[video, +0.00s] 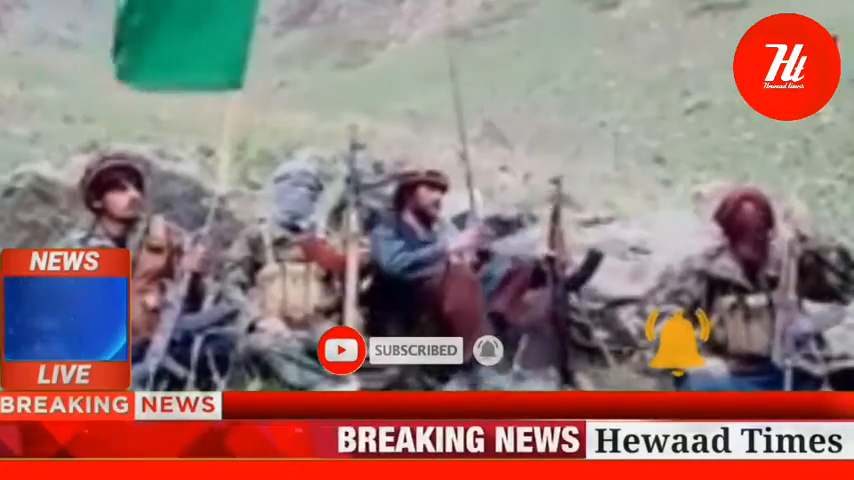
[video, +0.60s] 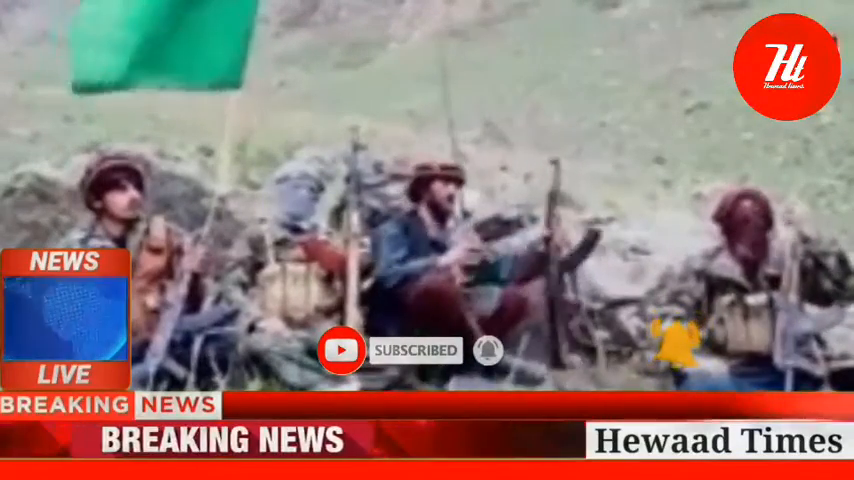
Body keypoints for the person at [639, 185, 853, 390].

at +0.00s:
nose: (752, 241)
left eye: (758, 230)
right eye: (741, 232)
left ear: (769, 228)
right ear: (728, 232)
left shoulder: (792, 262)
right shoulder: (704, 269)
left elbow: (843, 289)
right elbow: (663, 306)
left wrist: (808, 245)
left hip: (789, 366)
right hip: (730, 369)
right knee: (699, 381)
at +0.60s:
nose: (754, 235)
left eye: (761, 226)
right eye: (744, 226)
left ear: (769, 228)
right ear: (727, 230)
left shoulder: (788, 263)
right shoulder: (703, 269)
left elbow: (838, 289)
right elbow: (672, 305)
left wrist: (806, 243)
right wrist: (675, 330)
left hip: (795, 368)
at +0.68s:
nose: (752, 236)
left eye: (759, 227)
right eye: (741, 227)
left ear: (769, 229)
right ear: (726, 230)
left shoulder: (789, 264)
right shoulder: (700, 269)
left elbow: (840, 295)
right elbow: (664, 316)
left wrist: (808, 243)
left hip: (786, 366)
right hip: (724, 368)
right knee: (704, 384)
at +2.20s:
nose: (750, 237)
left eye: (756, 228)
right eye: (739, 228)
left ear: (767, 229)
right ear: (726, 231)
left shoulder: (790, 265)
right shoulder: (700, 272)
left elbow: (841, 291)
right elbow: (670, 314)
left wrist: (809, 244)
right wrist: (692, 354)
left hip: (788, 366)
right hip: (724, 369)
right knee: (708, 386)